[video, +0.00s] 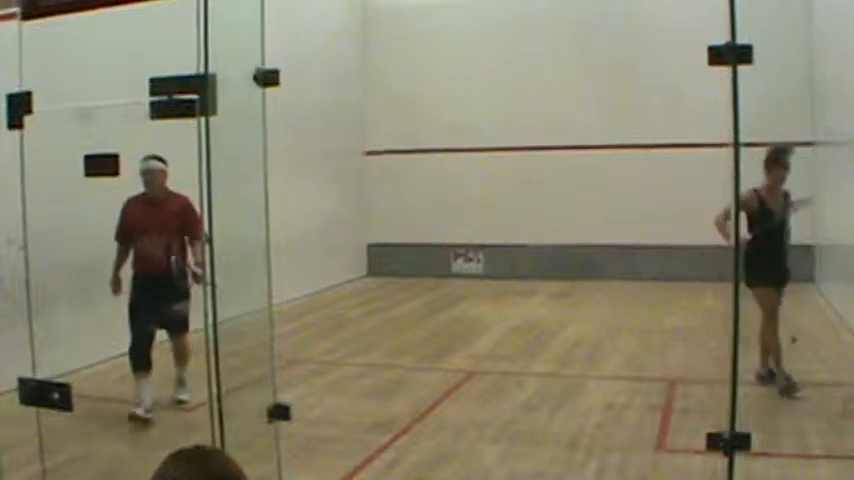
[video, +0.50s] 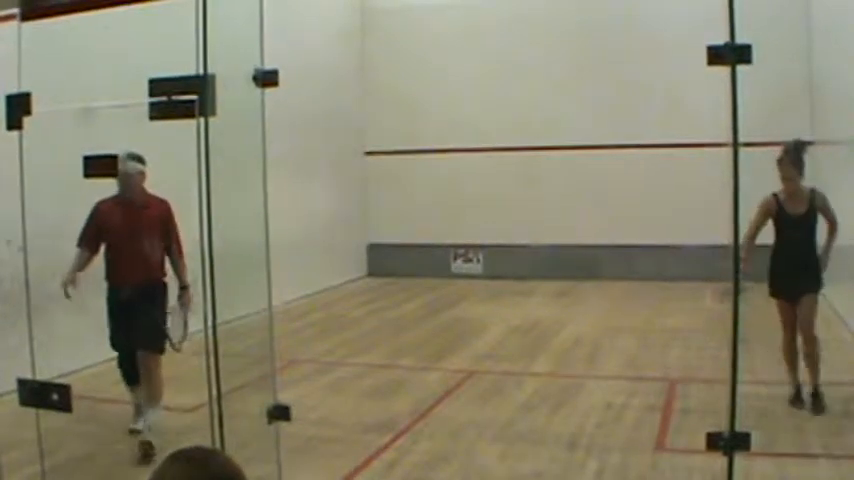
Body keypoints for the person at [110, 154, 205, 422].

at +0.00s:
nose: (151, 180)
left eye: (156, 174)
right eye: (146, 175)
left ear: (166, 175)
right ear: (141, 178)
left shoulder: (181, 205)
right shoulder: (132, 207)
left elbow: (197, 237)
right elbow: (124, 243)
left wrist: (199, 264)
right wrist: (116, 272)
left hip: (174, 279)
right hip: (144, 280)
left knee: (179, 335)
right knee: (140, 341)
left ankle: (182, 382)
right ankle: (144, 402)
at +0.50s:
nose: (130, 182)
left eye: (135, 176)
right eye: (125, 177)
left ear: (144, 177)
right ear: (118, 178)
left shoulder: (160, 209)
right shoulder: (105, 210)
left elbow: (174, 251)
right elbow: (89, 246)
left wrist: (184, 287)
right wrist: (74, 270)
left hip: (152, 290)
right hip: (119, 291)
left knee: (149, 353)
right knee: (126, 355)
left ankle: (153, 413)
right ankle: (139, 409)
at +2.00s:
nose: (173, 196)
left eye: (179, 189)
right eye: (167, 186)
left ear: (183, 188)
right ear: (146, 177)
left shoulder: (180, 222)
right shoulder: (109, 222)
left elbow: (193, 283)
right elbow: (79, 280)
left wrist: (213, 314)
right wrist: (61, 287)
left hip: (173, 340)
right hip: (128, 346)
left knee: (179, 443)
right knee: (144, 450)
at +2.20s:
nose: (182, 207)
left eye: (184, 200)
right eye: (178, 198)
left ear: (179, 194)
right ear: (153, 187)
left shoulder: (167, 224)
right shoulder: (109, 234)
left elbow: (178, 285)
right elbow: (98, 307)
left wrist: (209, 314)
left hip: (171, 354)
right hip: (127, 359)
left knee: (187, 448)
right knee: (148, 461)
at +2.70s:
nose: (183, 189)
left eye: (183, 181)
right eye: (180, 181)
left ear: (144, 180)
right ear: (167, 179)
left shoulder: (117, 221)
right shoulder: (162, 222)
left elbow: (133, 267)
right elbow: (175, 302)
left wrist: (176, 253)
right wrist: (203, 354)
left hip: (120, 347)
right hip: (154, 350)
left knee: (152, 448)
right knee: (165, 449)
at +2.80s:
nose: (176, 193)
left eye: (176, 185)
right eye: (174, 184)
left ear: (139, 182)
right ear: (163, 182)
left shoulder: (112, 221)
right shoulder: (167, 223)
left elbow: (117, 285)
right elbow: (182, 300)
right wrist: (207, 350)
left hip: (120, 346)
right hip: (159, 349)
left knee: (153, 442)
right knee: (180, 446)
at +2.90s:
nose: (172, 191)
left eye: (171, 183)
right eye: (168, 183)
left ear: (135, 183)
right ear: (155, 182)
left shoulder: (110, 221)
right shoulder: (171, 223)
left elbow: (112, 275)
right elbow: (187, 299)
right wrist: (209, 348)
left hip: (122, 345)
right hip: (165, 346)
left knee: (153, 435)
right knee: (196, 435)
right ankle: (198, 478)